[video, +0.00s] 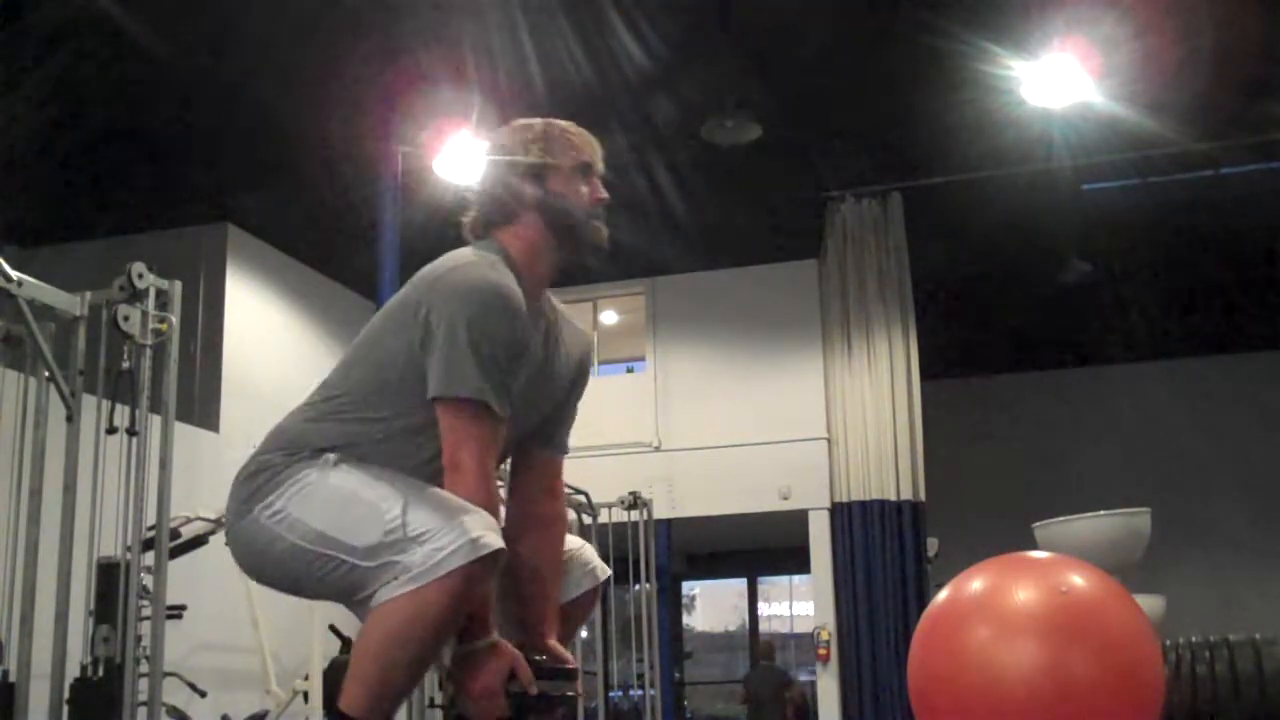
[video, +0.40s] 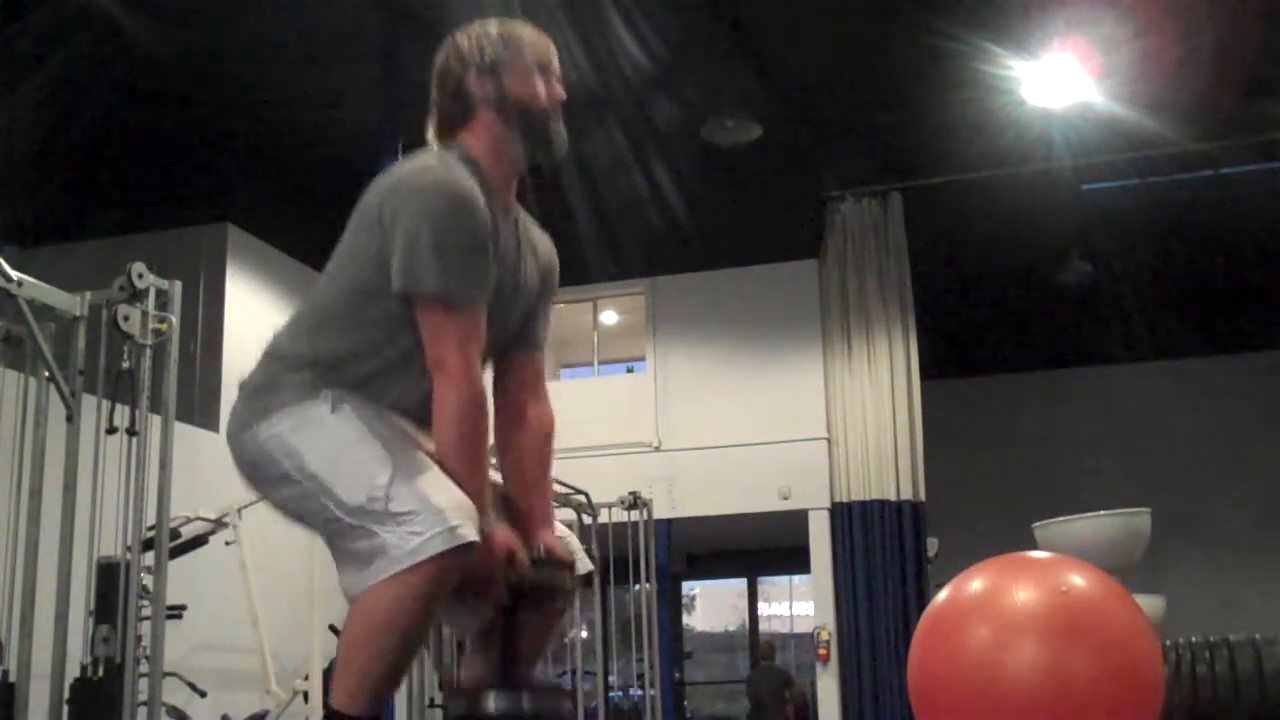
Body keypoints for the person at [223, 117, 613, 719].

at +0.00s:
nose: (604, 192)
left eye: (601, 177)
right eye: (584, 174)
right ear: (527, 186)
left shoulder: (567, 342)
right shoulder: (477, 286)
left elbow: (541, 494)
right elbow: (468, 475)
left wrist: (540, 636)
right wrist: (477, 640)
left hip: (392, 497)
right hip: (291, 485)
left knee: (574, 576)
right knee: (456, 546)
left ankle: (484, 710)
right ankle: (355, 711)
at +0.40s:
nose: (562, 93)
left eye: (559, 77)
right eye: (544, 74)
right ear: (483, 86)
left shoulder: (533, 248)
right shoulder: (440, 190)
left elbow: (526, 398)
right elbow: (456, 377)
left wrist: (538, 537)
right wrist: (479, 527)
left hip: (388, 421)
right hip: (297, 404)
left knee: (551, 563)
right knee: (434, 538)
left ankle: (472, 709)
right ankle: (347, 710)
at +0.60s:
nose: (546, 27)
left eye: (548, 16)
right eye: (531, 10)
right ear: (476, 18)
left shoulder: (529, 163)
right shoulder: (434, 95)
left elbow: (522, 305)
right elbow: (452, 272)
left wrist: (535, 439)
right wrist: (474, 419)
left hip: (409, 359)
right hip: (316, 337)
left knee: (512, 551)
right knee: (400, 519)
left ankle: (464, 709)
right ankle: (338, 711)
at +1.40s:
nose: (598, 77)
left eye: (596, 61)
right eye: (580, 58)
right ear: (518, 68)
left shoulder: (549, 235)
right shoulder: (460, 165)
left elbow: (536, 390)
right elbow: (466, 363)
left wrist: (545, 523)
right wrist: (484, 514)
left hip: (397, 404)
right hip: (302, 382)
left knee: (534, 567)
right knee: (412, 535)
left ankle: (476, 709)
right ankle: (343, 713)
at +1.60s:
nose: (615, 149)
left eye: (612, 134)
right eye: (594, 130)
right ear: (536, 144)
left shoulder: (563, 309)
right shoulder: (474, 244)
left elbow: (544, 455)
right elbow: (480, 445)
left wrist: (551, 605)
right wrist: (495, 605)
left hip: (404, 454)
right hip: (303, 433)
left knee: (575, 572)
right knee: (448, 541)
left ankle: (480, 706)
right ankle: (349, 710)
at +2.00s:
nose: (607, 124)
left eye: (611, 106)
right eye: (587, 105)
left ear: (619, 123)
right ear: (531, 117)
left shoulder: (582, 263)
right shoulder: (499, 213)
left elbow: (568, 425)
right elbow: (491, 391)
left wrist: (584, 542)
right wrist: (526, 543)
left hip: (409, 426)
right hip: (321, 404)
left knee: (546, 564)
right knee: (455, 545)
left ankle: (358, 683)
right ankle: (362, 706)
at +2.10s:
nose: (593, 30)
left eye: (594, 15)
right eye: (577, 9)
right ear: (528, 15)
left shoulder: (577, 149)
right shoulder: (484, 91)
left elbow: (594, 280)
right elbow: (445, 213)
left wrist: (590, 356)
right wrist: (512, 330)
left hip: (430, 371)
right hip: (346, 346)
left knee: (544, 570)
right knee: (442, 540)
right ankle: (358, 705)